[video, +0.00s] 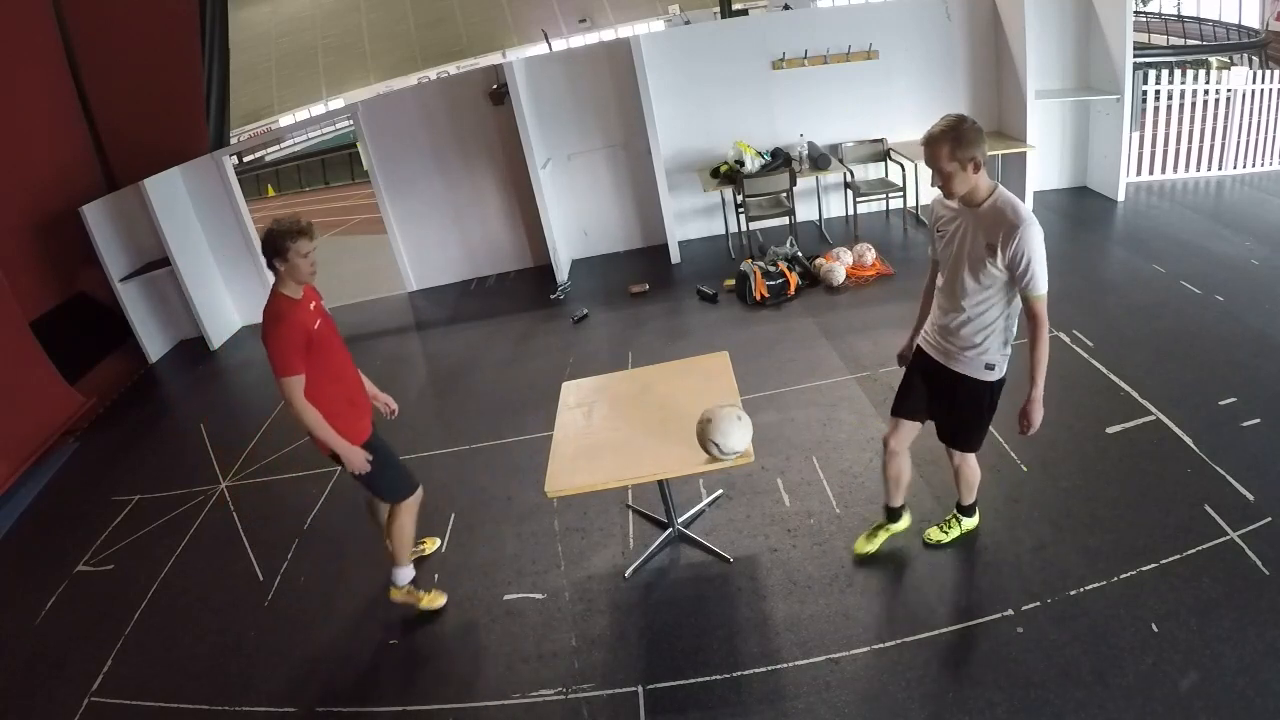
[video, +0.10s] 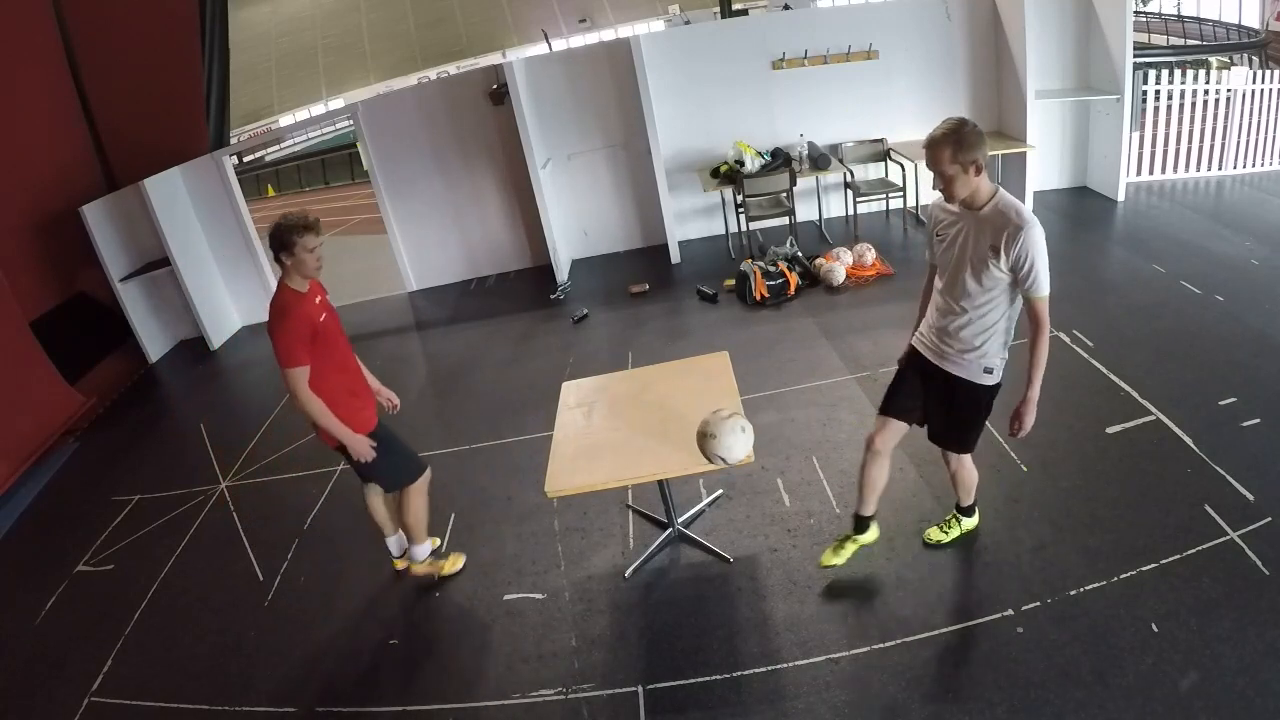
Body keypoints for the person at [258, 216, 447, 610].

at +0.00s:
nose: (313, 260)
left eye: (313, 252)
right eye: (303, 256)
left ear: (312, 251)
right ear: (279, 265)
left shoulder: (307, 292)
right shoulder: (281, 322)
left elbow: (334, 352)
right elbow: (295, 400)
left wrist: (371, 391)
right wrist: (343, 448)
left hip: (356, 415)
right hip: (344, 433)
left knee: (380, 489)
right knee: (408, 493)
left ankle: (398, 547)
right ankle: (402, 583)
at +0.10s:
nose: (320, 256)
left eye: (319, 248)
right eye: (310, 251)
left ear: (318, 247)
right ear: (286, 259)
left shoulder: (311, 287)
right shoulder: (287, 315)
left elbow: (339, 348)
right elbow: (301, 394)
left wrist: (374, 385)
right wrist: (348, 437)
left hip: (356, 408)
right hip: (349, 423)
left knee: (374, 482)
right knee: (417, 473)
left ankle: (399, 548)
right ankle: (421, 556)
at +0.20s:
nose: (326, 251)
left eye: (326, 243)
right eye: (317, 246)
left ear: (326, 241)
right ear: (294, 254)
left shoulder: (318, 283)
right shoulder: (297, 309)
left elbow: (342, 346)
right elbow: (308, 385)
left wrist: (377, 382)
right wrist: (353, 432)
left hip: (360, 403)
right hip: (358, 418)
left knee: (373, 480)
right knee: (421, 461)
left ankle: (400, 551)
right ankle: (443, 528)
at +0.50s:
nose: (361, 240)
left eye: (361, 232)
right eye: (352, 236)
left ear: (360, 231)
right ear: (330, 244)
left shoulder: (347, 269)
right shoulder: (341, 292)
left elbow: (373, 340)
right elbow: (356, 367)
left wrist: (403, 381)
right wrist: (388, 423)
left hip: (394, 386)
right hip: (391, 396)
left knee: (390, 463)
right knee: (437, 443)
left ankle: (400, 546)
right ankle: (464, 498)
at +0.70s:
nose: (387, 226)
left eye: (387, 218)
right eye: (378, 222)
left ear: (386, 214)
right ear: (355, 229)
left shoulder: (369, 253)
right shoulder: (366, 277)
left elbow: (397, 312)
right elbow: (388, 348)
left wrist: (427, 342)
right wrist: (430, 393)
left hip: (411, 367)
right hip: (408, 380)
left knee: (424, 433)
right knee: (445, 432)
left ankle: (412, 506)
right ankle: (463, 496)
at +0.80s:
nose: (398, 222)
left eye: (398, 214)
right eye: (389, 218)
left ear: (399, 210)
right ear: (365, 224)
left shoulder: (382, 248)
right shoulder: (375, 271)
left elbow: (405, 304)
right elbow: (399, 342)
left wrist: (435, 329)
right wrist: (448, 376)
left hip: (421, 359)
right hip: (413, 371)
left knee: (444, 424)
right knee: (451, 429)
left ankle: (435, 485)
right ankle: (461, 495)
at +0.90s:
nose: (407, 218)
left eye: (407, 210)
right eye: (398, 214)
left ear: (407, 207)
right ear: (375, 219)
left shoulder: (395, 244)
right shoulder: (382, 267)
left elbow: (417, 297)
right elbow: (405, 337)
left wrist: (445, 325)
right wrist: (459, 361)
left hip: (433, 353)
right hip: (420, 367)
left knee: (461, 402)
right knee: (453, 430)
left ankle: (468, 465)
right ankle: (461, 496)